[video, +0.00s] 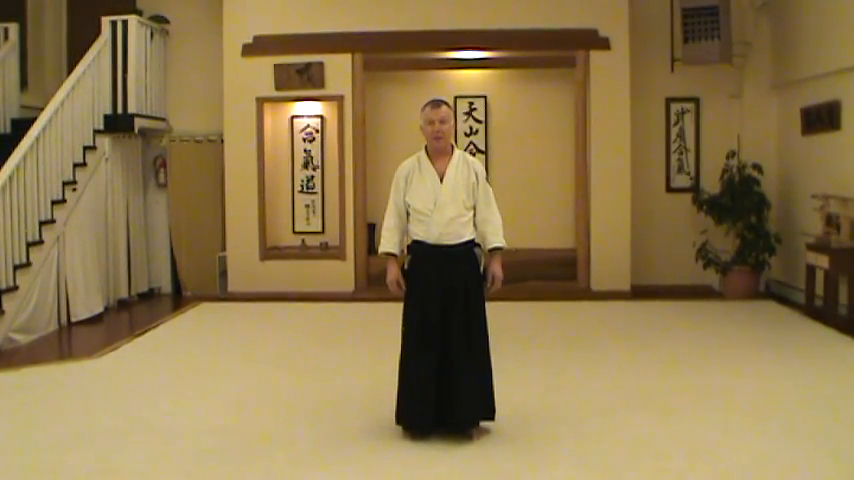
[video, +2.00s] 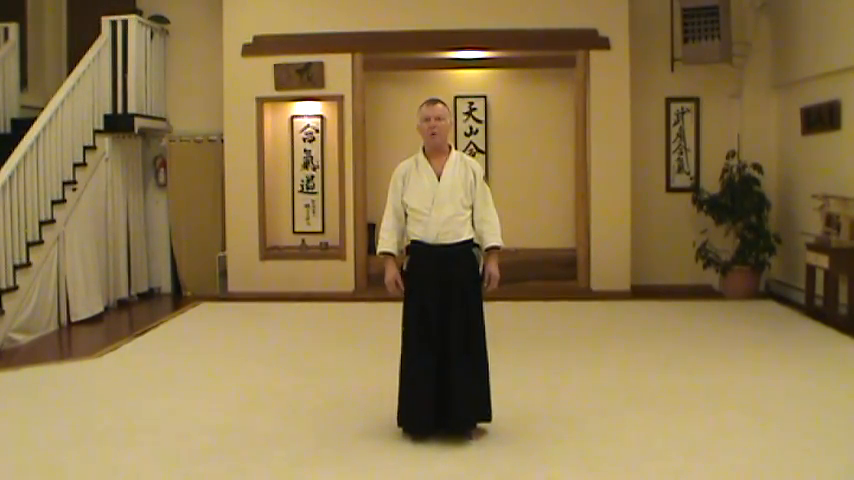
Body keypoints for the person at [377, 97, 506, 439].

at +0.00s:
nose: (437, 128)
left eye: (443, 122)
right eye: (431, 123)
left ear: (454, 125)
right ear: (421, 128)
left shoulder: (471, 166)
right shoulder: (408, 170)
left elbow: (486, 211)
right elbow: (394, 216)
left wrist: (494, 256)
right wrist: (392, 261)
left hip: (462, 260)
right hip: (423, 260)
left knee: (463, 336)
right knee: (422, 336)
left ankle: (463, 416)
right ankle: (420, 417)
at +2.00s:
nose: (433, 125)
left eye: (439, 119)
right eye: (426, 120)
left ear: (451, 125)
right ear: (418, 127)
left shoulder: (469, 167)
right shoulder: (405, 170)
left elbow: (484, 212)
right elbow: (392, 217)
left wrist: (491, 256)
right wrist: (389, 261)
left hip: (461, 260)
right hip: (422, 260)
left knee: (462, 336)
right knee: (422, 337)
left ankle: (463, 417)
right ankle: (421, 418)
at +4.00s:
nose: (435, 132)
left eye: (441, 126)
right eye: (429, 127)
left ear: (451, 128)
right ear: (419, 130)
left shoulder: (469, 168)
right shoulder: (405, 170)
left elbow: (485, 213)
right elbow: (392, 217)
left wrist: (493, 257)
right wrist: (389, 261)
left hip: (460, 260)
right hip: (421, 261)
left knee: (462, 337)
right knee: (421, 337)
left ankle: (463, 417)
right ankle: (420, 418)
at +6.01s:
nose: (429, 137)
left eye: (435, 131)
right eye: (423, 131)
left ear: (447, 130)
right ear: (415, 133)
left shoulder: (466, 168)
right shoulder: (404, 169)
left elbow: (482, 217)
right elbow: (393, 215)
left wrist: (480, 266)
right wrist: (399, 257)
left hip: (454, 262)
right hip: (417, 262)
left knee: (452, 340)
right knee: (413, 338)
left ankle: (450, 422)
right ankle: (413, 417)